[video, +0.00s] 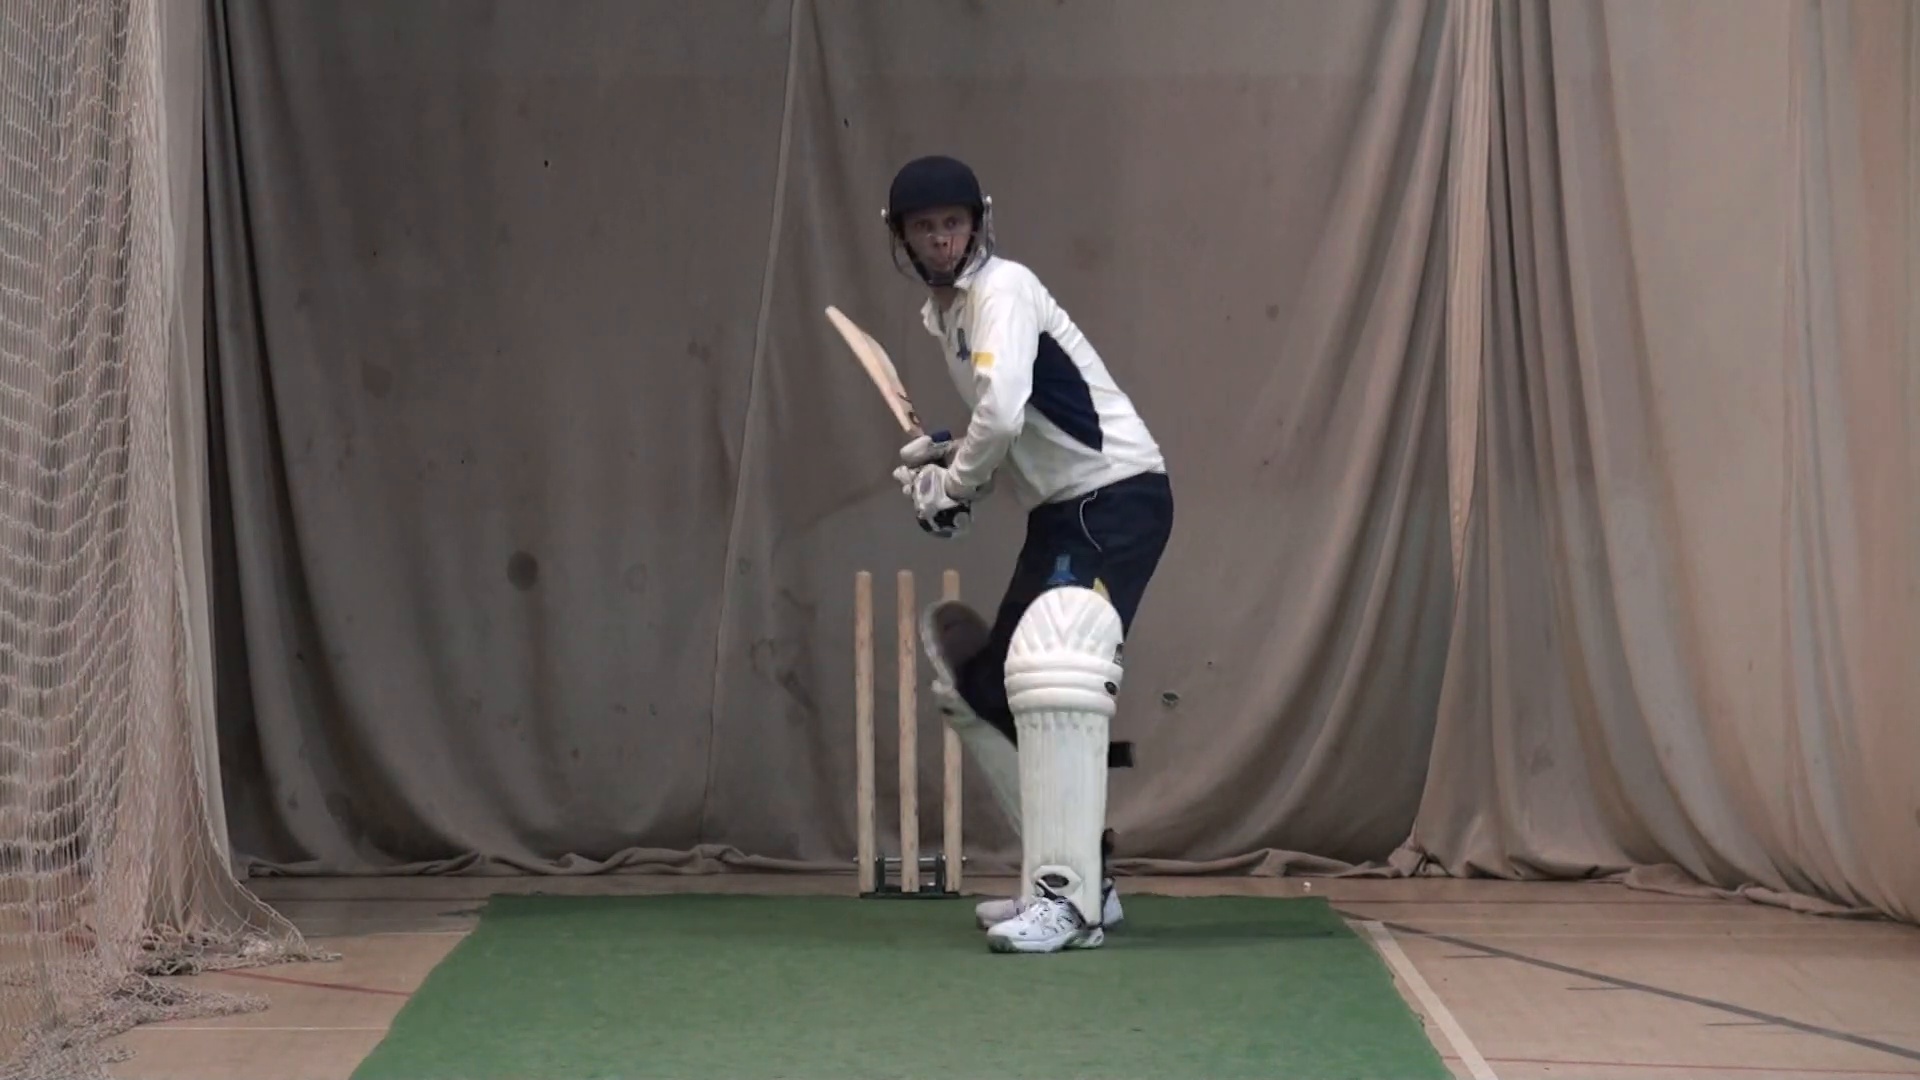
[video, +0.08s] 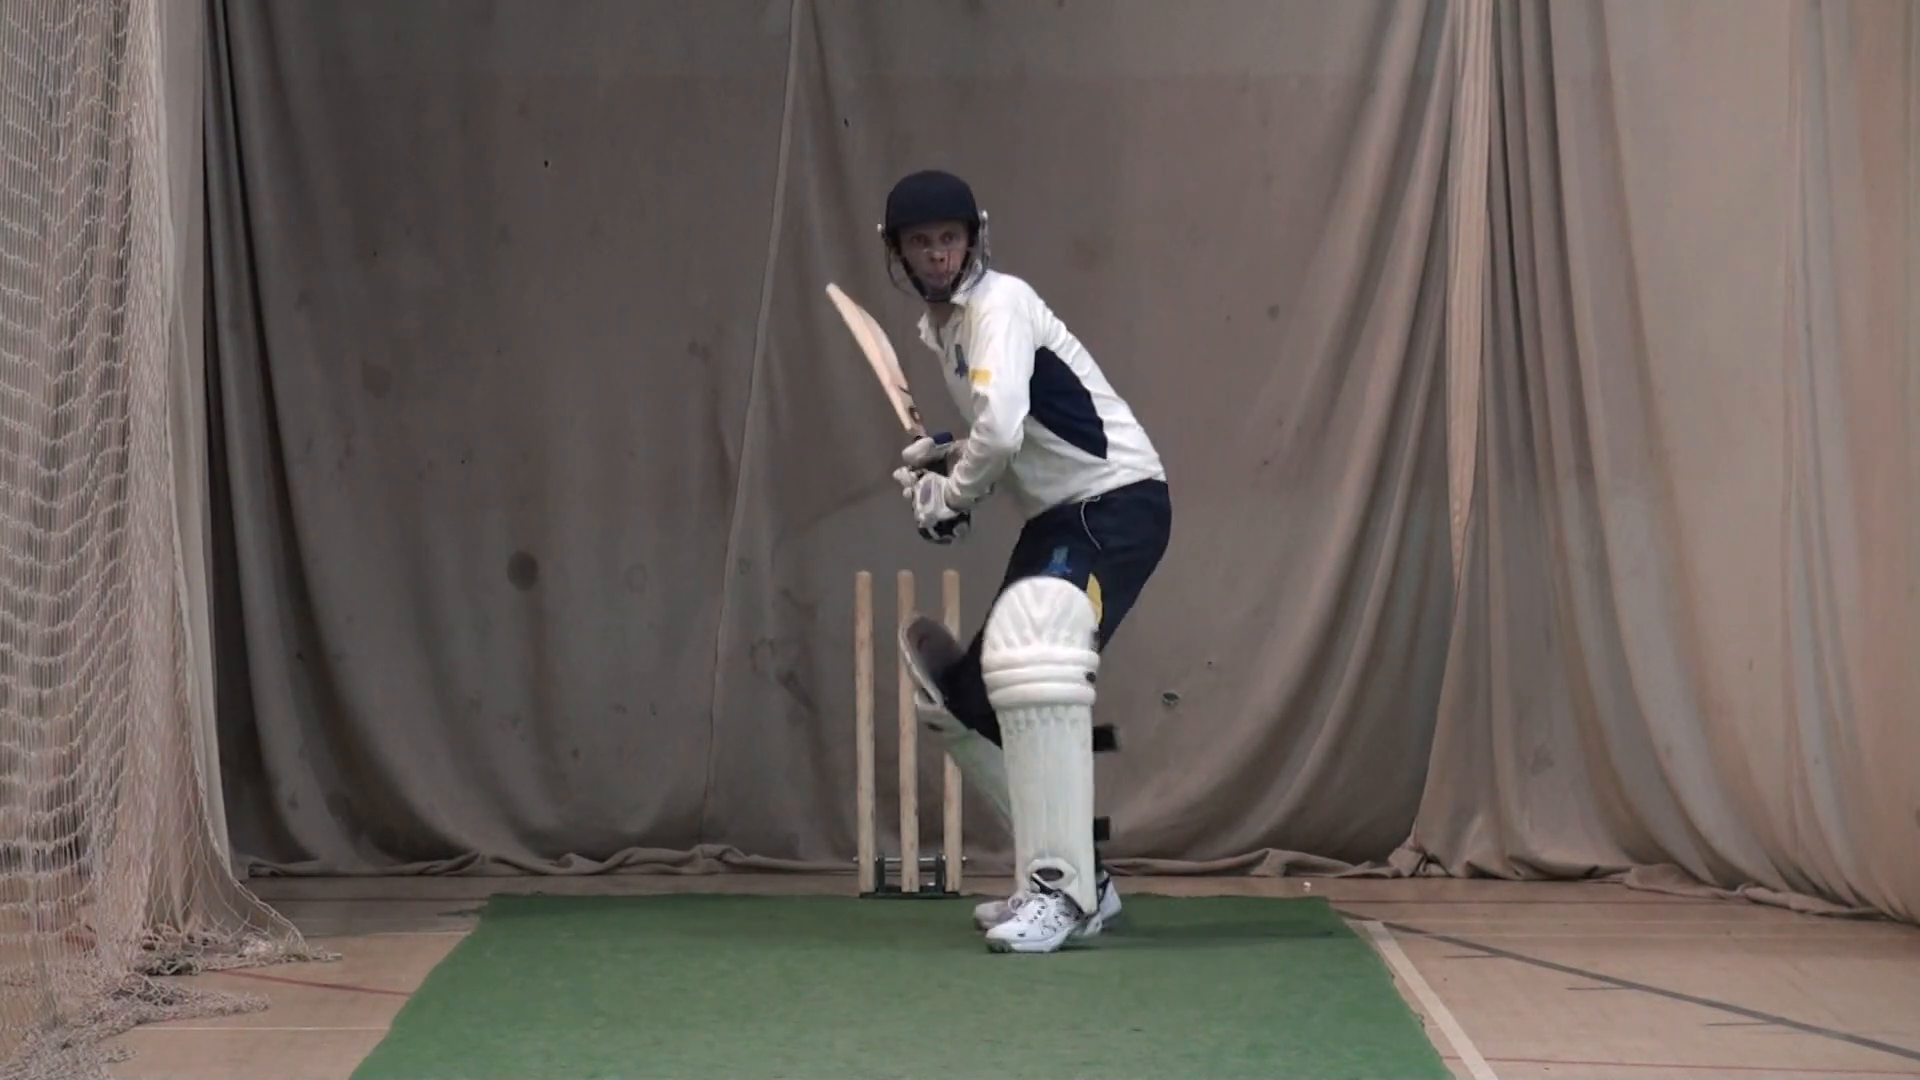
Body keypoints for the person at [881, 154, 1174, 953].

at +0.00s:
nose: (941, 242)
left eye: (954, 225)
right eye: (924, 229)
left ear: (978, 226)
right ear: (903, 239)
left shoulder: (1002, 289)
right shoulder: (951, 312)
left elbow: (1001, 411)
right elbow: (1011, 413)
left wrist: (954, 489)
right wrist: (950, 446)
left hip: (1115, 494)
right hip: (1060, 506)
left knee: (1055, 674)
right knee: (991, 687)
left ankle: (1067, 896)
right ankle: (1079, 878)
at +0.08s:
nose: (937, 254)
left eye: (950, 238)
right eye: (920, 242)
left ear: (974, 239)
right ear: (900, 252)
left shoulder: (1000, 303)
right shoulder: (945, 325)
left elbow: (999, 427)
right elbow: (1004, 417)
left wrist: (953, 498)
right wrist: (948, 447)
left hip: (1112, 499)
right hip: (1056, 513)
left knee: (1035, 657)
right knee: (970, 695)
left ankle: (1063, 889)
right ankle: (1077, 876)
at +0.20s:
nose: (933, 270)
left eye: (946, 254)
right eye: (916, 259)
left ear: (969, 254)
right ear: (895, 269)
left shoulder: (998, 319)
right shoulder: (930, 341)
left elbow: (1005, 451)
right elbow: (989, 420)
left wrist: (957, 502)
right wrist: (943, 445)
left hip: (1116, 503)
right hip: (1054, 522)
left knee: (1022, 605)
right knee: (967, 699)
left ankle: (1063, 867)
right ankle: (1083, 885)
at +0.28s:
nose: (930, 280)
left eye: (942, 263)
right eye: (913, 269)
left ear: (965, 261)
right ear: (891, 278)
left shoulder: (997, 327)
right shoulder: (924, 346)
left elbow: (1005, 461)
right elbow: (974, 427)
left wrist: (950, 507)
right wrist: (938, 447)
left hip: (1112, 505)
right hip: (1043, 526)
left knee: (1044, 599)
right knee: (978, 715)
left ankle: (1056, 855)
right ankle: (1081, 885)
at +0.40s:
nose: (923, 299)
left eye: (936, 280)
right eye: (905, 286)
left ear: (958, 275)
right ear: (883, 292)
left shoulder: (992, 339)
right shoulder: (911, 359)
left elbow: (993, 471)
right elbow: (952, 435)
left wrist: (928, 514)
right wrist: (921, 454)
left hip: (1104, 520)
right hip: (1034, 542)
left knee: (1059, 670)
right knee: (985, 722)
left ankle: (1015, 872)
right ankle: (1089, 891)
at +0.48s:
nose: (915, 316)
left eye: (927, 296)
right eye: (897, 303)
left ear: (950, 288)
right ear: (876, 307)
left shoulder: (986, 346)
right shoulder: (906, 371)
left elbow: (984, 471)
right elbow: (945, 450)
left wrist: (917, 525)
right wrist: (917, 467)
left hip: (1096, 535)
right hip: (1024, 555)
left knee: (1035, 696)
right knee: (978, 732)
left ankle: (997, 903)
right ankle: (1089, 892)